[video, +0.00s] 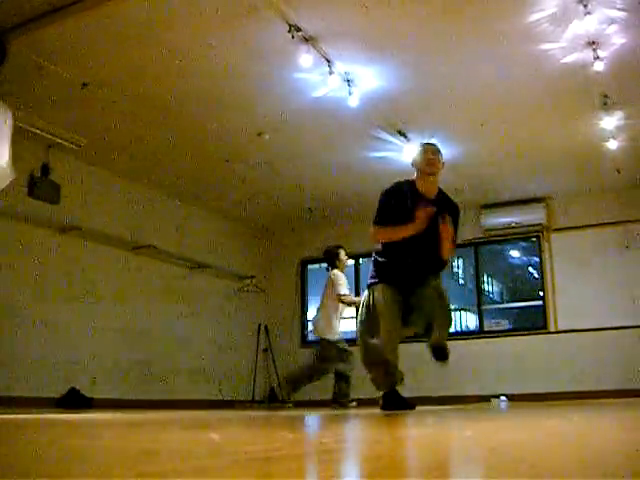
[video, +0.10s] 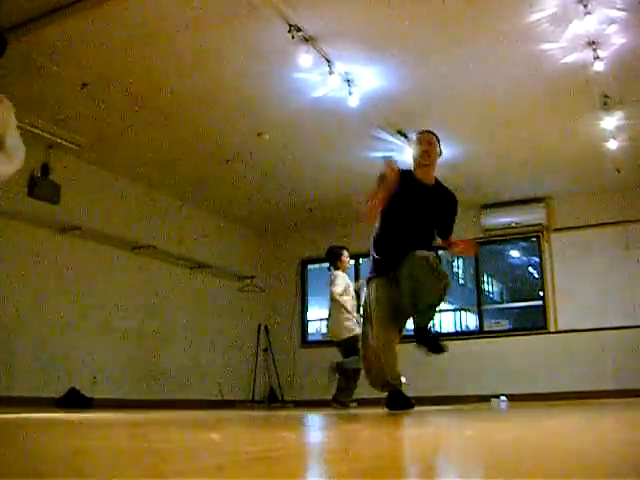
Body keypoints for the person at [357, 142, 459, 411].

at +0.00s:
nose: (431, 161)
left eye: (436, 157)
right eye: (426, 156)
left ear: (442, 164)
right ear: (415, 162)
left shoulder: (448, 206)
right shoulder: (395, 194)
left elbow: (446, 255)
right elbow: (377, 234)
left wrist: (445, 234)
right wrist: (415, 226)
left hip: (426, 273)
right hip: (389, 272)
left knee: (435, 303)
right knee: (385, 328)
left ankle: (438, 341)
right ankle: (389, 391)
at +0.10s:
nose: (424, 151)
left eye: (429, 146)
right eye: (419, 146)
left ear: (438, 153)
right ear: (411, 151)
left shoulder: (445, 198)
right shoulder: (394, 180)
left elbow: (445, 239)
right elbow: (370, 214)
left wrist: (458, 247)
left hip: (419, 266)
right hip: (386, 267)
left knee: (423, 262)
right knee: (381, 332)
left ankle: (422, 327)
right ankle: (393, 389)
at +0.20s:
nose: (418, 149)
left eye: (425, 144)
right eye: (414, 143)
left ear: (434, 152)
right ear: (407, 148)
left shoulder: (438, 189)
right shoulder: (388, 173)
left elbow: (455, 231)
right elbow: (353, 169)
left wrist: (492, 232)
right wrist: (371, 134)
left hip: (416, 251)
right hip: (381, 254)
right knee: (381, 322)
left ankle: (411, 355)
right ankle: (400, 384)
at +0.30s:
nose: (414, 161)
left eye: (421, 158)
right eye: (409, 157)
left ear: (429, 168)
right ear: (401, 165)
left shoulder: (434, 204)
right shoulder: (383, 183)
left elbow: (469, 225)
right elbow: (355, 150)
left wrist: (504, 212)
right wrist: (362, 115)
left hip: (420, 261)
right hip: (382, 257)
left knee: (414, 322)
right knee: (378, 316)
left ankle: (397, 391)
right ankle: (399, 385)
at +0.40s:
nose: (415, 164)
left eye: (421, 160)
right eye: (409, 159)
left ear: (430, 168)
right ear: (401, 165)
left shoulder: (436, 206)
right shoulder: (386, 183)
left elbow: (473, 224)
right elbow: (350, 160)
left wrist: (495, 206)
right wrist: (369, 143)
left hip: (425, 270)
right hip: (386, 263)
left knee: (416, 330)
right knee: (380, 325)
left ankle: (399, 393)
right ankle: (395, 390)